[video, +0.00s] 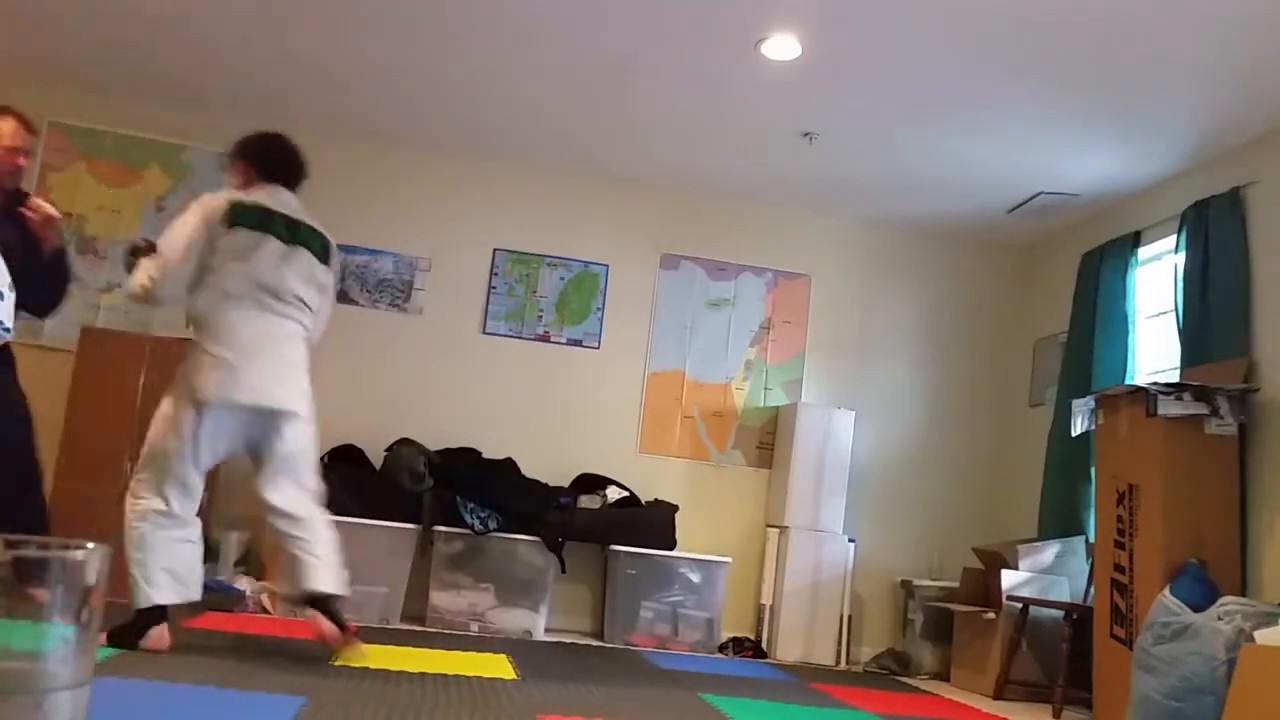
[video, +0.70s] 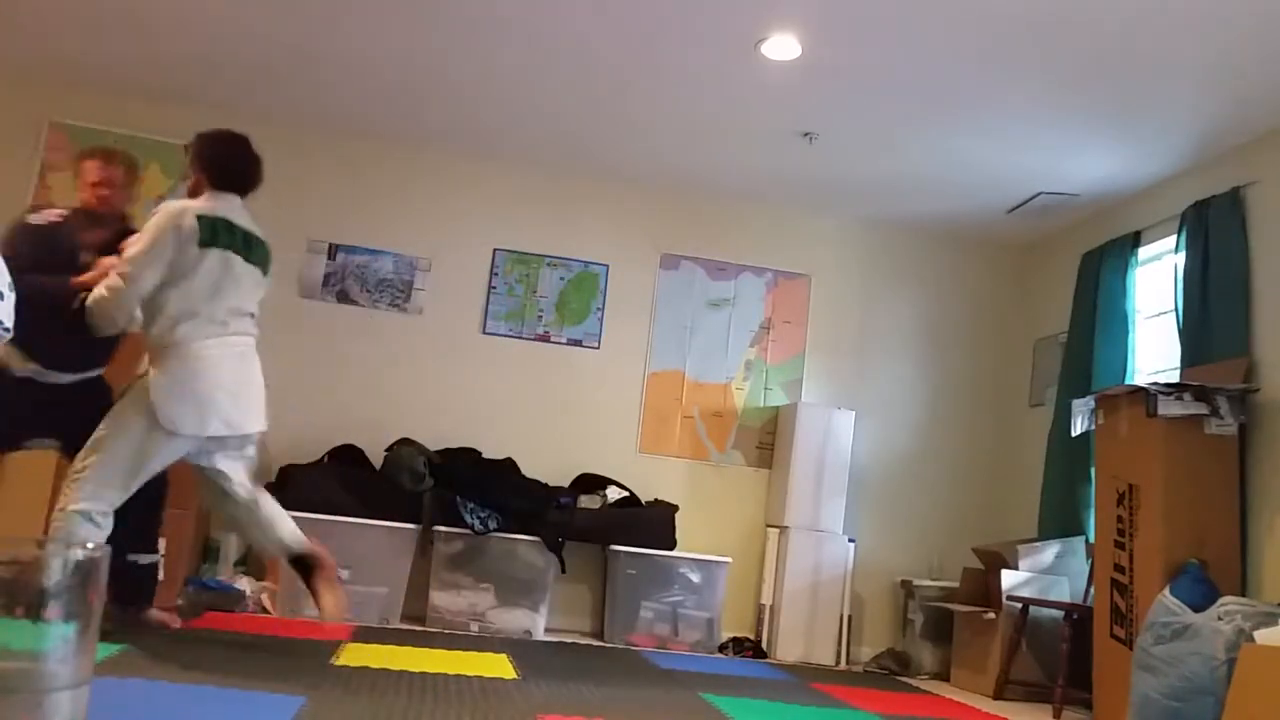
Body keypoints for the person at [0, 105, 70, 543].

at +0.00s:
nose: (18, 162)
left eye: (25, 152)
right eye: (9, 150)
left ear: (32, 157)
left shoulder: (21, 213)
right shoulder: (12, 213)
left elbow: (41, 302)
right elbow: (39, 300)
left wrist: (51, 244)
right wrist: (44, 244)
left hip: (4, 355)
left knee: (16, 449)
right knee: (14, 447)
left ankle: (33, 572)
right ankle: (31, 572)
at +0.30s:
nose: (73, 160)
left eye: (77, 151)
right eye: (66, 148)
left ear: (77, 153)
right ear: (30, 141)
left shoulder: (72, 204)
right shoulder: (4, 187)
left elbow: (111, 286)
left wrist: (119, 243)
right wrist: (9, 223)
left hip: (25, 342)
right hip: (3, 339)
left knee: (56, 459)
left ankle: (22, 578)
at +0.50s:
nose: (59, 178)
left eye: (65, 171)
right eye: (48, 168)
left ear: (71, 177)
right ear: (17, 171)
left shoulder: (72, 228)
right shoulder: (5, 217)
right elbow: (15, 264)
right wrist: (79, 251)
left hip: (32, 371)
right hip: (7, 369)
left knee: (88, 472)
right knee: (78, 471)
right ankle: (134, 588)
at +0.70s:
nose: (103, 193)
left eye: (113, 185)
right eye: (95, 183)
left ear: (131, 191)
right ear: (77, 184)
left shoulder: (136, 243)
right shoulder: (35, 231)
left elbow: (154, 298)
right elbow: (9, 286)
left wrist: (126, 275)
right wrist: (79, 283)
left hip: (90, 384)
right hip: (21, 377)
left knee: (134, 484)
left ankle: (130, 600)